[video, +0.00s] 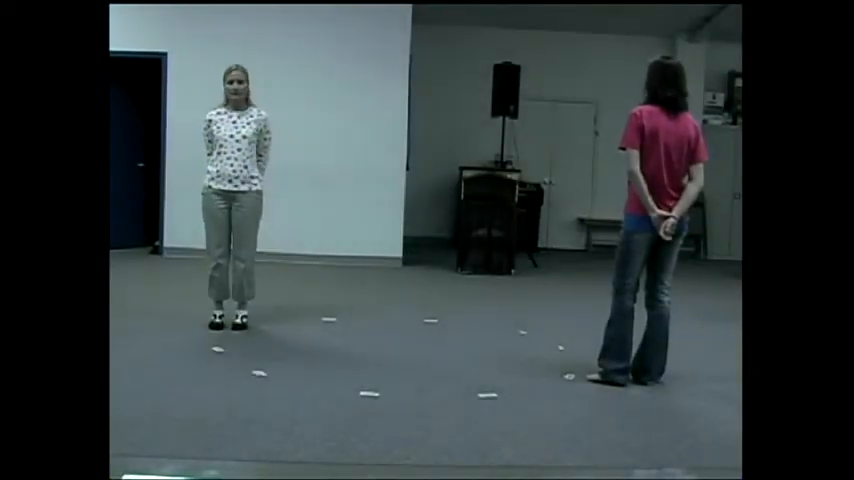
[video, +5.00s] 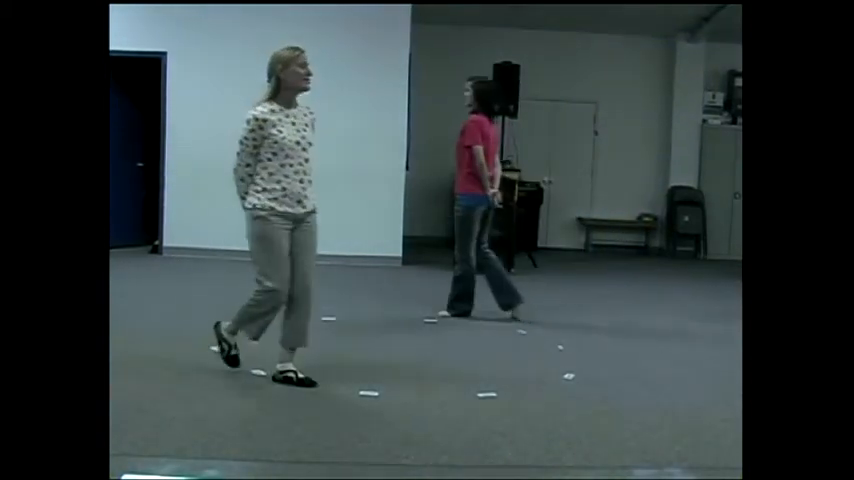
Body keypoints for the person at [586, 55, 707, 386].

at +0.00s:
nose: (647, 85)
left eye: (649, 80)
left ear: (652, 84)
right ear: (682, 86)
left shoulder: (641, 116)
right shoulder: (691, 125)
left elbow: (633, 168)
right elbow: (697, 180)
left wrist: (653, 210)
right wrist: (675, 216)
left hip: (641, 218)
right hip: (674, 220)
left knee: (625, 291)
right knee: (660, 294)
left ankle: (615, 368)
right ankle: (649, 370)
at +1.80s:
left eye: (608, 85)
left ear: (606, 88)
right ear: (634, 90)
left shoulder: (594, 120)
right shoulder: (644, 126)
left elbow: (588, 163)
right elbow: (649, 173)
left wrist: (606, 201)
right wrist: (628, 207)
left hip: (600, 208)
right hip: (631, 210)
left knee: (606, 276)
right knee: (614, 273)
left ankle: (606, 351)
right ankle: (611, 341)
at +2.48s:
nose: (577, 97)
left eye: (579, 92)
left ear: (579, 95)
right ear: (605, 96)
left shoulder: (572, 125)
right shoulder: (616, 128)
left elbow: (571, 168)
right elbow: (622, 170)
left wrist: (588, 201)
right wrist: (607, 202)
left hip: (579, 207)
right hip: (608, 207)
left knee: (571, 265)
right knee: (603, 271)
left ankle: (574, 325)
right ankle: (595, 331)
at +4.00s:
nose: (548, 96)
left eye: (551, 92)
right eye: (550, 91)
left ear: (558, 97)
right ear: (574, 98)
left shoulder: (552, 121)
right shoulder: (583, 126)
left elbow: (558, 158)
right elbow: (592, 164)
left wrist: (576, 189)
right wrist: (588, 191)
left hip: (559, 198)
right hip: (577, 198)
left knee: (571, 260)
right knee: (555, 256)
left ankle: (581, 322)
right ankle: (549, 314)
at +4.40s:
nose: (525, 101)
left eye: (527, 97)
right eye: (527, 96)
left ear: (531, 101)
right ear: (549, 102)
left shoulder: (528, 126)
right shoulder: (551, 130)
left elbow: (535, 164)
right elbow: (558, 166)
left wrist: (547, 194)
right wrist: (557, 195)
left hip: (529, 201)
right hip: (547, 202)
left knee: (520, 254)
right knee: (529, 254)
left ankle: (554, 302)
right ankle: (528, 312)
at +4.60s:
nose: (502, 96)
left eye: (506, 92)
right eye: (503, 92)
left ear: (516, 97)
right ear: (524, 99)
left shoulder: (515, 124)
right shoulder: (531, 127)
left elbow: (522, 160)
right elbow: (538, 163)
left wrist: (533, 190)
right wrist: (540, 190)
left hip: (513, 198)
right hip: (530, 199)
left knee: (491, 246)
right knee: (523, 251)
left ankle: (505, 304)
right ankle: (528, 310)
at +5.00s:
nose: (465, 95)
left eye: (469, 92)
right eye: (466, 91)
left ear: (478, 97)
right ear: (487, 99)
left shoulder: (473, 123)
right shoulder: (490, 125)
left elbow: (480, 158)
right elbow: (496, 162)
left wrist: (489, 187)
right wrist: (495, 188)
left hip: (469, 197)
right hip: (486, 196)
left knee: (464, 255)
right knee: (482, 249)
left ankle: (459, 307)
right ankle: (511, 299)